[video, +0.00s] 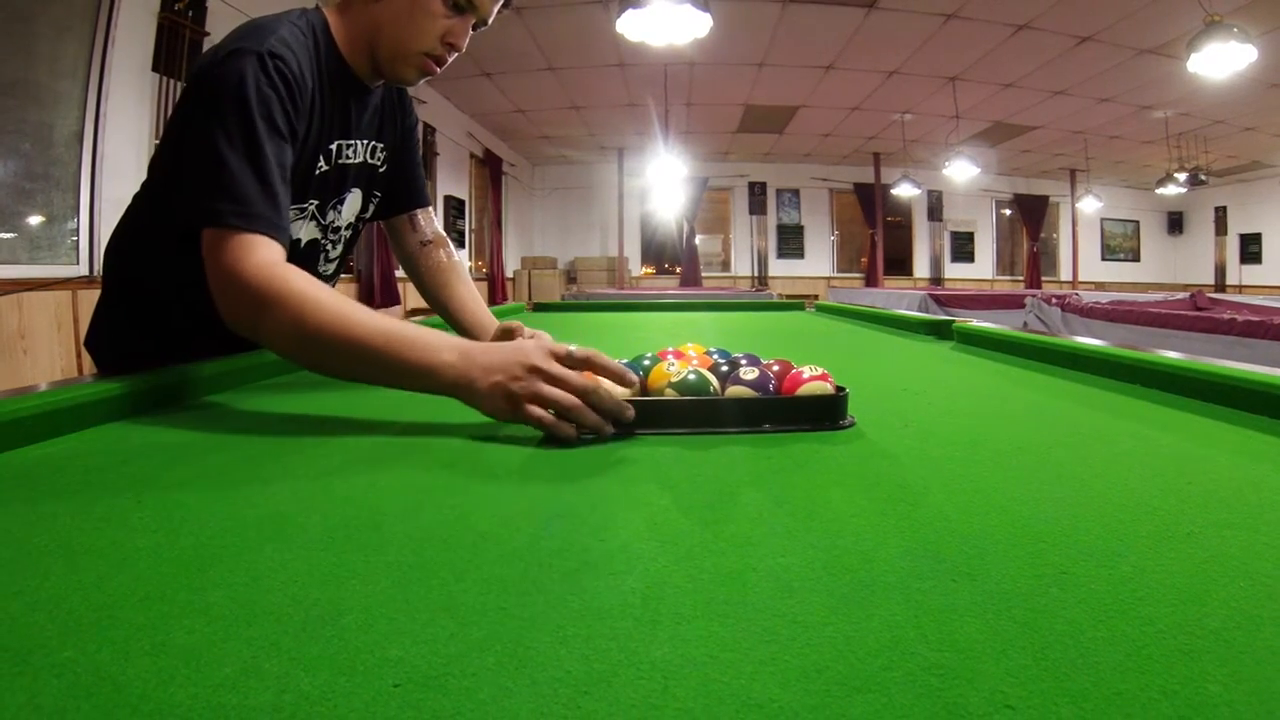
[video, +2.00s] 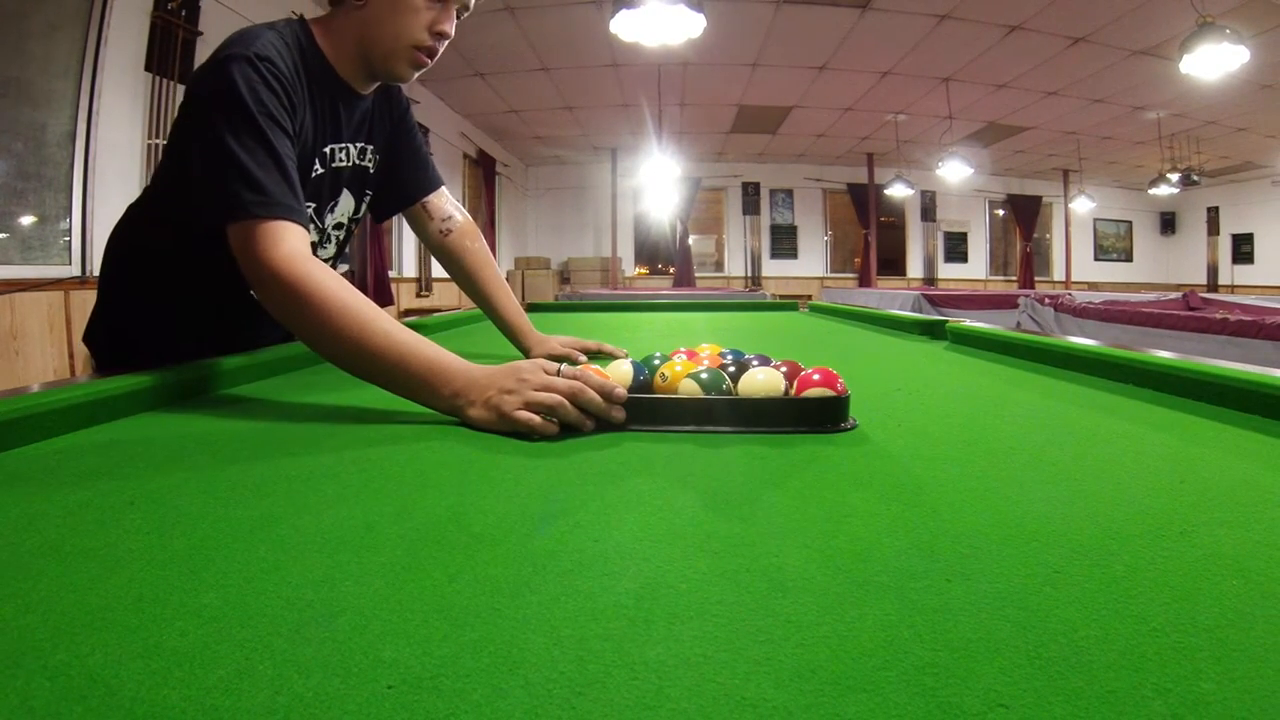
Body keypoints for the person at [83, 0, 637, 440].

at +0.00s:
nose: (462, 43)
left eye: (475, 29)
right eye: (458, 11)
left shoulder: (388, 98)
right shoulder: (262, 63)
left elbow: (423, 241)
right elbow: (248, 281)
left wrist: (491, 336)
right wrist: (465, 368)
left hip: (269, 351)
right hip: (159, 359)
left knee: (250, 550)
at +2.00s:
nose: (449, 29)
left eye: (457, 13)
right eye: (437, 3)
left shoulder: (384, 98)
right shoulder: (255, 66)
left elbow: (445, 223)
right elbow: (276, 264)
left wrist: (527, 334)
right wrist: (467, 384)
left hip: (271, 345)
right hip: (160, 350)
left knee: (253, 533)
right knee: (147, 543)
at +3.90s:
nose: (450, 35)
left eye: (458, 21)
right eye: (438, 6)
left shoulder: (386, 110)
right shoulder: (259, 81)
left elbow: (447, 225)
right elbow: (283, 266)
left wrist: (517, 329)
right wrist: (496, 347)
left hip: (258, 333)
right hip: (150, 334)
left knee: (243, 513)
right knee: (141, 522)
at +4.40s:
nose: (457, 48)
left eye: (467, 33)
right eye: (446, 17)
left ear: (449, 41)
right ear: (376, 1)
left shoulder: (387, 112)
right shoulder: (280, 76)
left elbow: (449, 227)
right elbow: (312, 232)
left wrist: (523, 330)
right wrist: (569, 301)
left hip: (255, 337)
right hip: (149, 338)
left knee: (238, 524)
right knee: (133, 534)